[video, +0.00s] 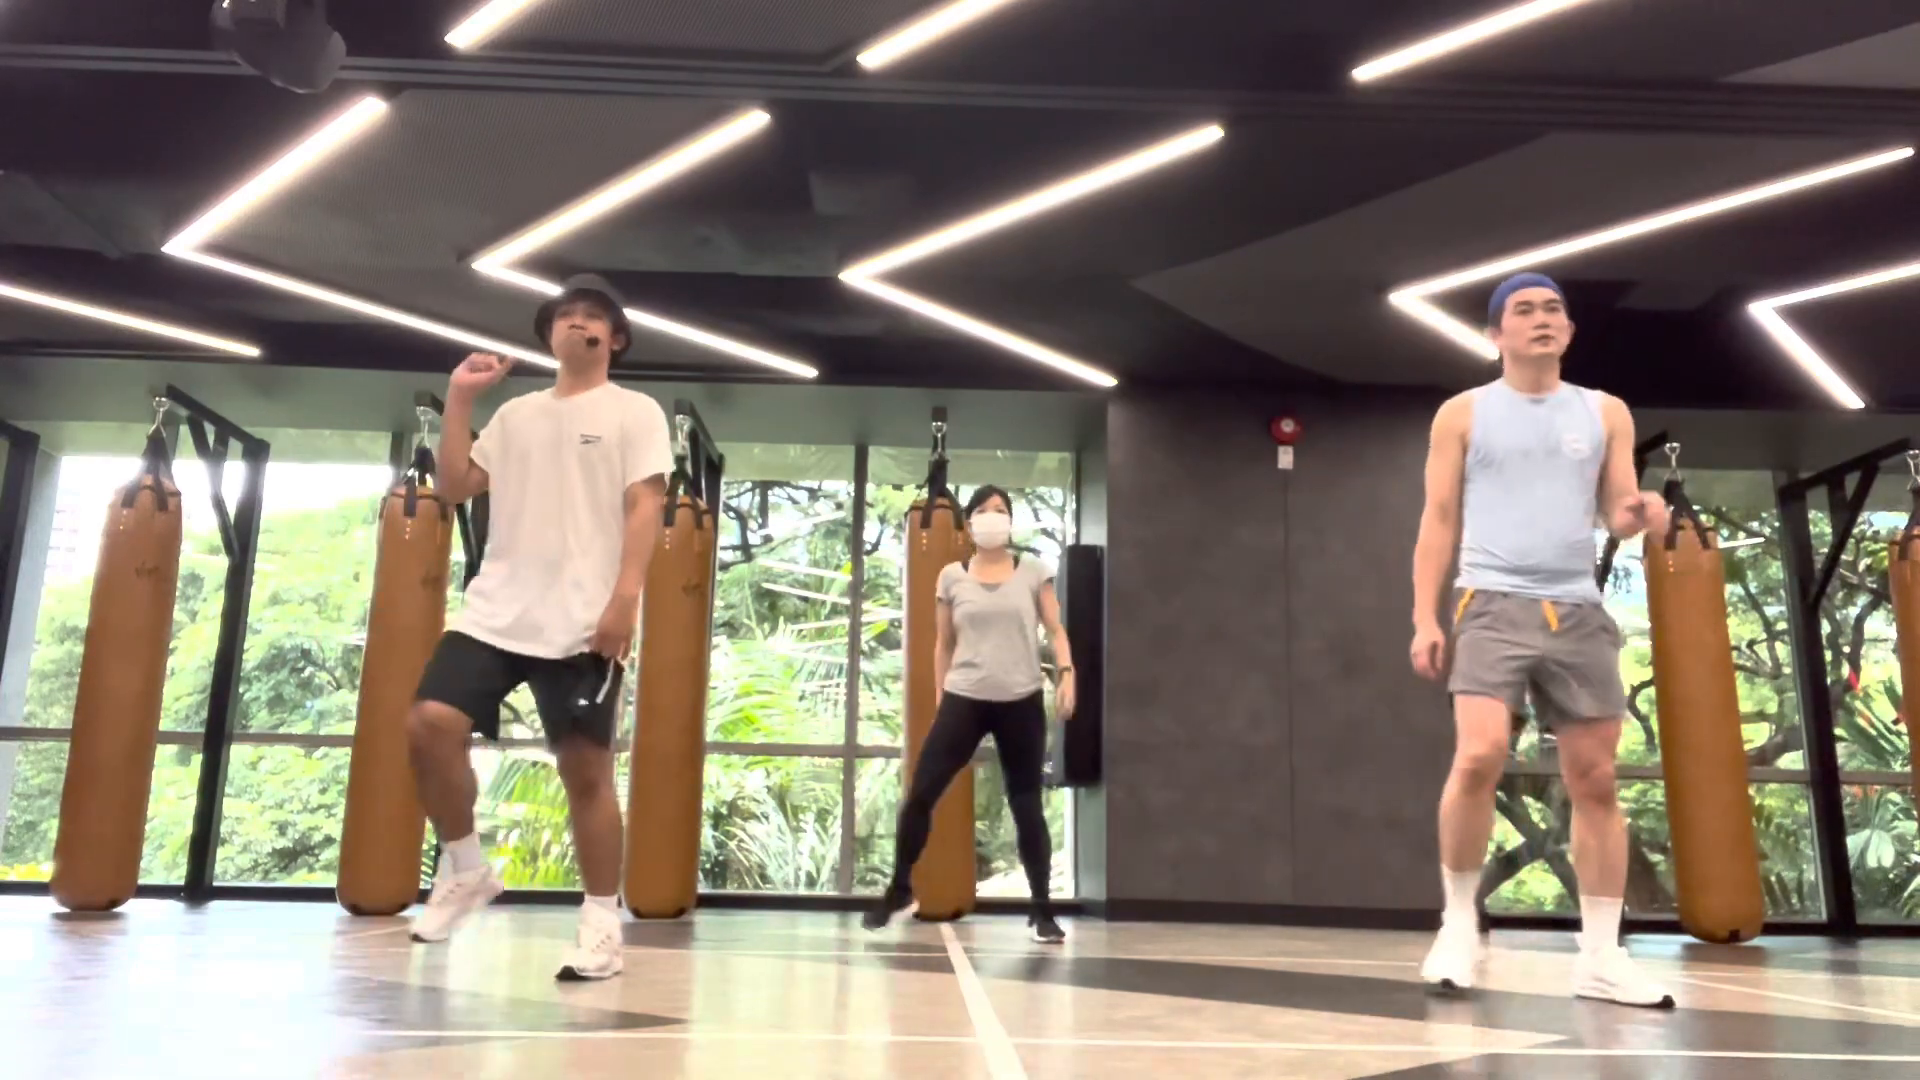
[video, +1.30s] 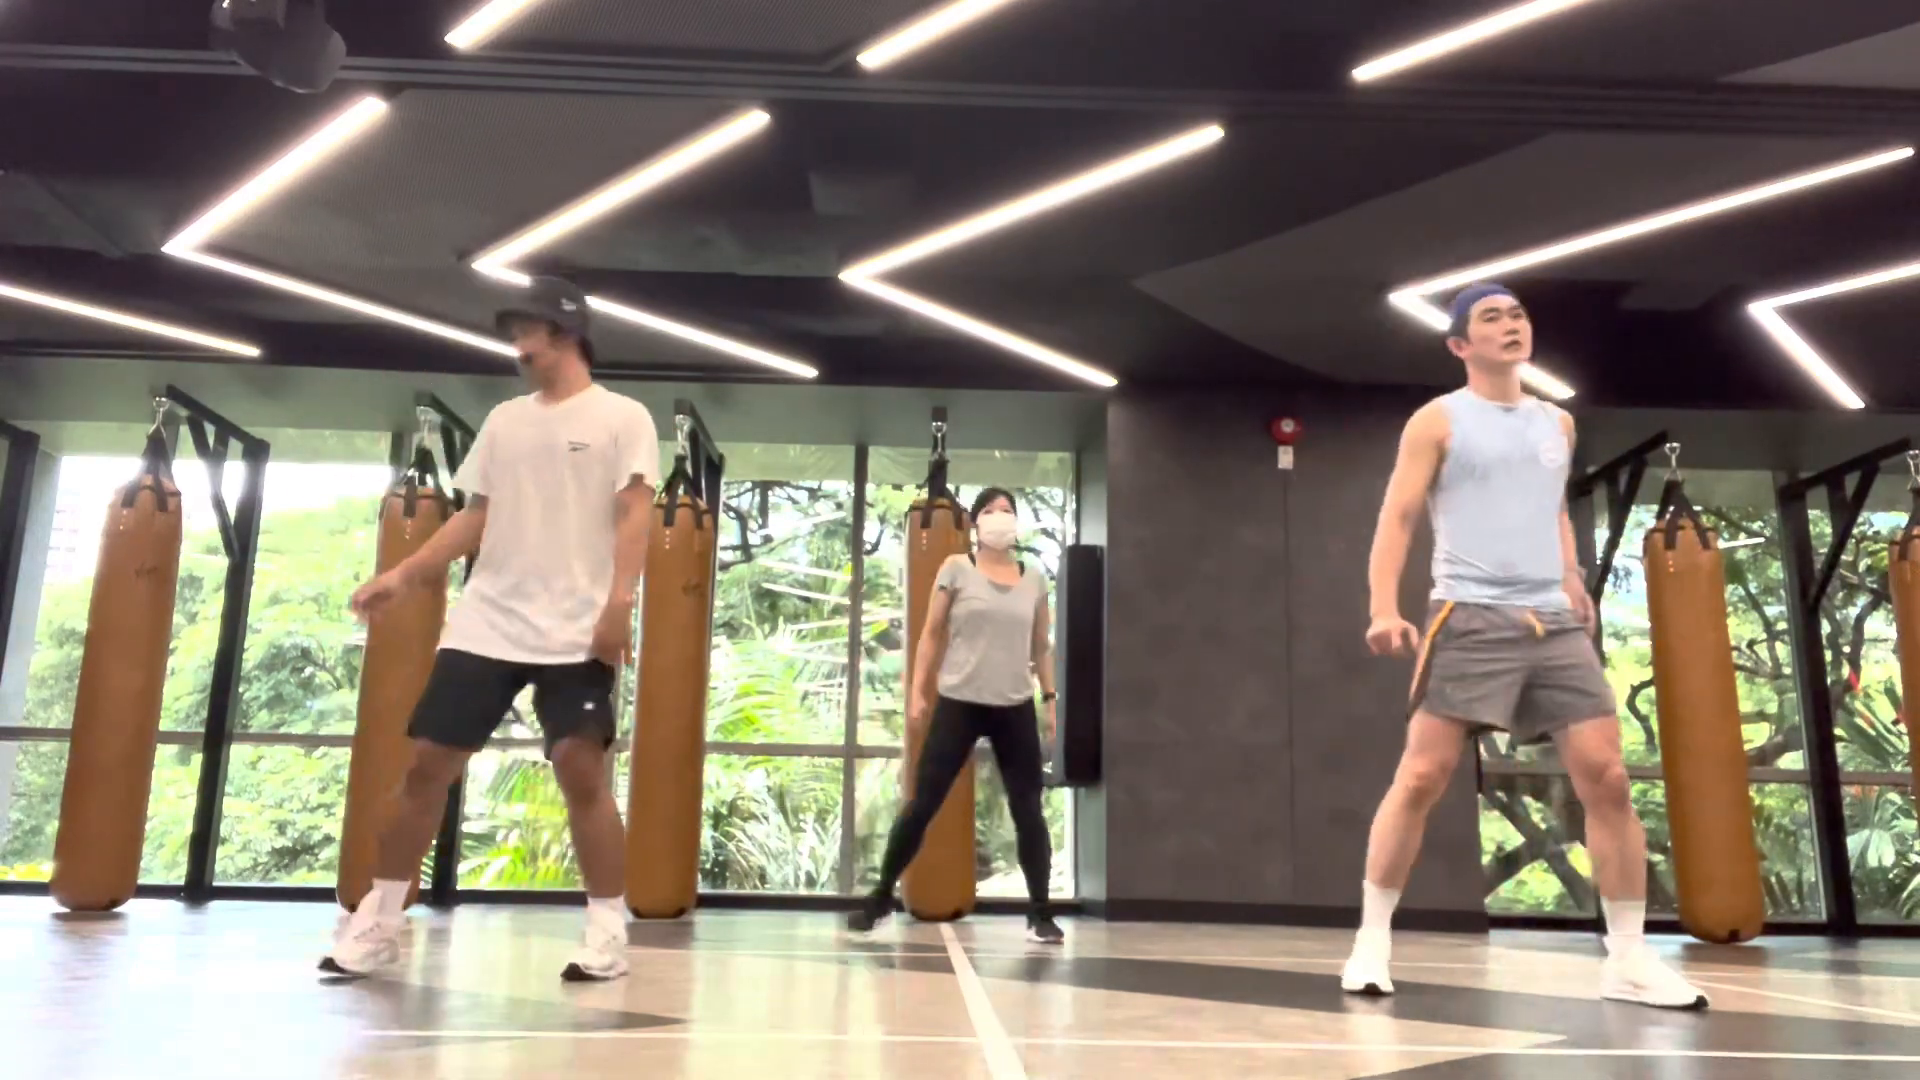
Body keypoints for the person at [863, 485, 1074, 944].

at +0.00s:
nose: (993, 519)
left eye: (1000, 512)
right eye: (984, 512)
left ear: (1011, 523)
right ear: (970, 524)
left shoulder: (1032, 571)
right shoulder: (952, 576)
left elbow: (1054, 628)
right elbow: (943, 641)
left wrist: (1067, 677)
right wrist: (943, 695)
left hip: (1021, 701)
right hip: (963, 699)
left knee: (1027, 806)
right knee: (921, 795)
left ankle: (1042, 911)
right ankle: (900, 888)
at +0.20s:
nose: (961, 527)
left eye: (967, 521)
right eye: (951, 520)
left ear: (977, 534)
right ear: (931, 533)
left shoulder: (991, 585)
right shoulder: (911, 583)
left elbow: (1009, 647)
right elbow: (903, 651)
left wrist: (1022, 702)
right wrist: (902, 702)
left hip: (978, 709)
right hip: (919, 709)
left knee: (1004, 811)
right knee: (886, 811)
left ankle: (1039, 910)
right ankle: (852, 910)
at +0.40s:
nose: (925, 516)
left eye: (935, 511)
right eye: (916, 508)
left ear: (946, 527)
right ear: (901, 521)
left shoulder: (956, 578)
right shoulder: (874, 568)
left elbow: (961, 643)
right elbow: (847, 631)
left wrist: (964, 696)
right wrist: (831, 689)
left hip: (934, 700)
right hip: (875, 699)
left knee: (960, 795)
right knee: (866, 806)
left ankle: (991, 891)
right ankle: (850, 910)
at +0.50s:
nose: (917, 514)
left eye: (926, 509)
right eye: (909, 507)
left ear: (938, 523)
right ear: (894, 519)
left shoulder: (946, 576)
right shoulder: (867, 562)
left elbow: (948, 640)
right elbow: (833, 623)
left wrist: (944, 689)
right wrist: (810, 677)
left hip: (926, 695)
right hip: (869, 695)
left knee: (926, 792)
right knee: (861, 807)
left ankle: (938, 894)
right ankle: (851, 911)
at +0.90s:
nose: (927, 517)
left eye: (937, 512)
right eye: (919, 509)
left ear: (947, 527)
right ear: (902, 521)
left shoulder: (952, 579)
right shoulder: (874, 560)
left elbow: (953, 646)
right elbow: (842, 617)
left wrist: (959, 700)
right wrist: (832, 673)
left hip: (932, 698)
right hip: (875, 697)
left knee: (972, 787)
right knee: (865, 805)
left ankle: (978, 888)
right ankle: (850, 909)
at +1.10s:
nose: (963, 525)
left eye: (970, 520)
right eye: (953, 519)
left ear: (979, 535)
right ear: (933, 533)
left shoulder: (989, 591)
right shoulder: (913, 574)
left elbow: (988, 650)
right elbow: (884, 636)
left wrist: (992, 700)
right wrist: (868, 695)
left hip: (971, 711)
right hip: (913, 708)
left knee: (1004, 808)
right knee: (887, 810)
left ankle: (1040, 908)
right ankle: (851, 909)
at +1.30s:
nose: (1001, 518)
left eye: (1008, 512)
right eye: (992, 512)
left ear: (1019, 526)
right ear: (976, 526)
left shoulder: (1033, 580)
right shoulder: (957, 567)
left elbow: (1041, 647)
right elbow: (932, 633)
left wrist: (1049, 698)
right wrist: (918, 691)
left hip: (1014, 708)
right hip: (958, 703)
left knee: (1029, 811)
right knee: (924, 803)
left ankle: (1040, 913)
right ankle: (881, 896)